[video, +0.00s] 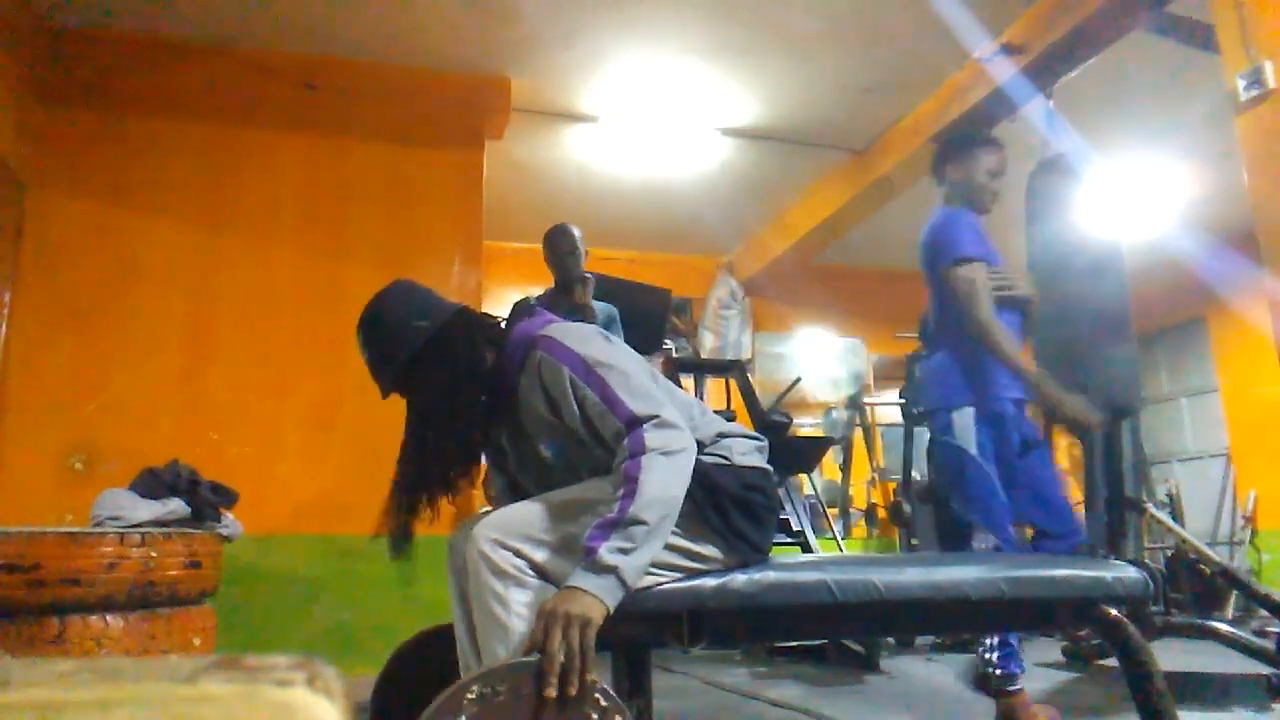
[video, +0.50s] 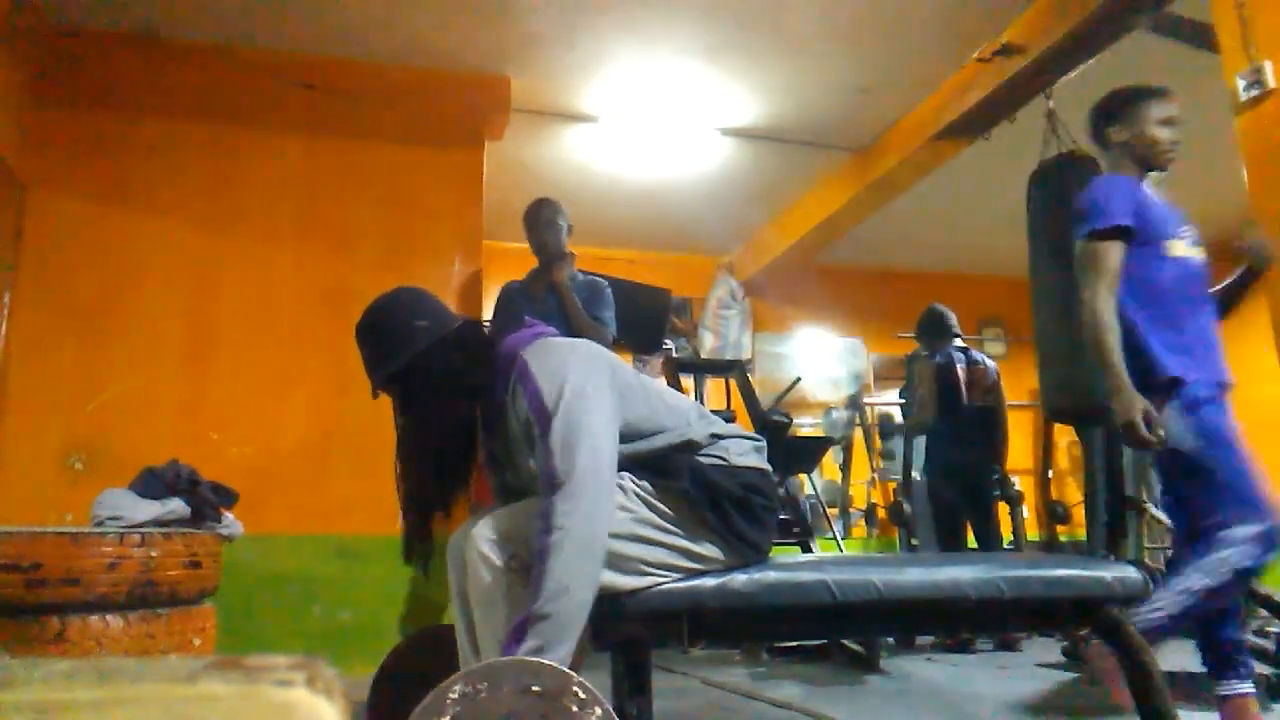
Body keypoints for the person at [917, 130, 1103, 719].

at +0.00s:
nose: (999, 187)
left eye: (1001, 176)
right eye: (990, 174)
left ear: (963, 173)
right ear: (952, 170)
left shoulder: (970, 234)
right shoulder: (952, 227)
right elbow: (978, 321)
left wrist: (1025, 301)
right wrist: (1053, 394)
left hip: (1003, 406)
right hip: (967, 407)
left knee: (1064, 531)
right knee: (993, 539)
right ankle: (1006, 684)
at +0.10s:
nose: (1030, 176)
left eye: (1033, 165)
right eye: (1021, 163)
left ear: (1006, 166)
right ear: (983, 162)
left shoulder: (1007, 226)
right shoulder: (977, 216)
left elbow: (1012, 304)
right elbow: (1001, 308)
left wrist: (1061, 296)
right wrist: (1090, 373)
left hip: (1037, 404)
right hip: (988, 406)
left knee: (1105, 525)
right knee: (1006, 541)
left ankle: (1093, 672)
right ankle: (1012, 687)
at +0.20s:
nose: (1061, 157)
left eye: (1060, 146)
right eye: (1047, 145)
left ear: (1042, 156)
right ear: (1010, 154)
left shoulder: (1045, 224)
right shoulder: (1009, 213)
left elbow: (1059, 318)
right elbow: (1025, 308)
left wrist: (1108, 318)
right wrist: (1116, 366)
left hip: (1069, 400)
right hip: (1020, 404)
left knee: (1128, 531)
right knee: (1025, 543)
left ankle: (1178, 681)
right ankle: (1019, 693)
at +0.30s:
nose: (1089, 152)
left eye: (1089, 141)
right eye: (1078, 142)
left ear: (1066, 150)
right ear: (1045, 150)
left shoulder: (1085, 217)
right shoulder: (1042, 208)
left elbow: (1093, 311)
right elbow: (1047, 306)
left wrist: (1144, 318)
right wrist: (1127, 370)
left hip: (1115, 405)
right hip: (1068, 406)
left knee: (1167, 548)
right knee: (1068, 550)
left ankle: (1222, 695)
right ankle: (1025, 695)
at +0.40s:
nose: (1134, 149)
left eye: (1133, 138)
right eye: (1121, 138)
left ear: (1127, 144)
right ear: (1086, 145)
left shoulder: (1130, 215)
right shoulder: (1079, 208)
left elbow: (1143, 316)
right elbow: (1074, 307)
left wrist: (1192, 304)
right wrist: (1127, 386)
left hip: (1161, 399)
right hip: (1119, 404)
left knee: (1199, 545)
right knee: (1144, 549)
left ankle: (1234, 692)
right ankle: (1052, 673)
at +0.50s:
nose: (1175, 136)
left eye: (1175, 126)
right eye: (1162, 124)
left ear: (1135, 137)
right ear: (1118, 134)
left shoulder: (1158, 206)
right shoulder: (1112, 192)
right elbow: (1096, 298)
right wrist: (1122, 392)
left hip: (1201, 392)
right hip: (1177, 394)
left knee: (1209, 538)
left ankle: (1234, 688)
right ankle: (1123, 639)